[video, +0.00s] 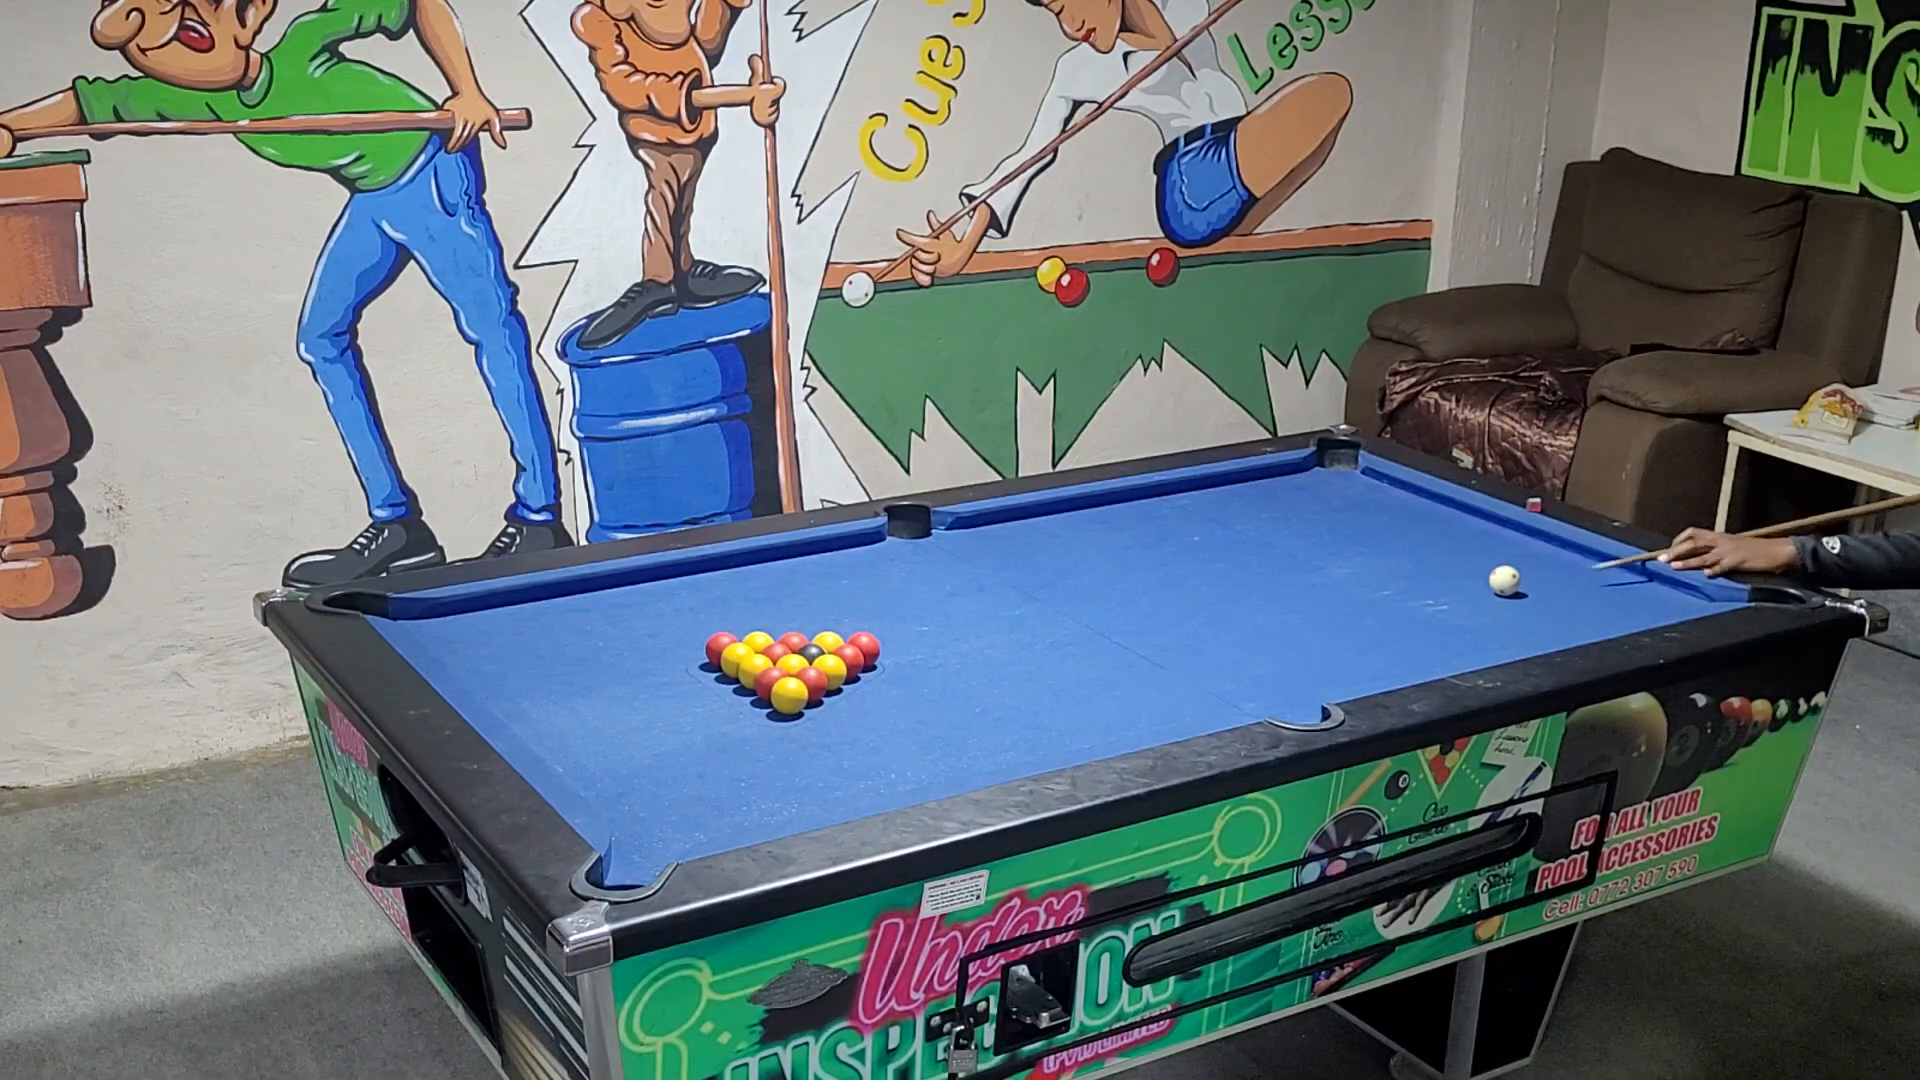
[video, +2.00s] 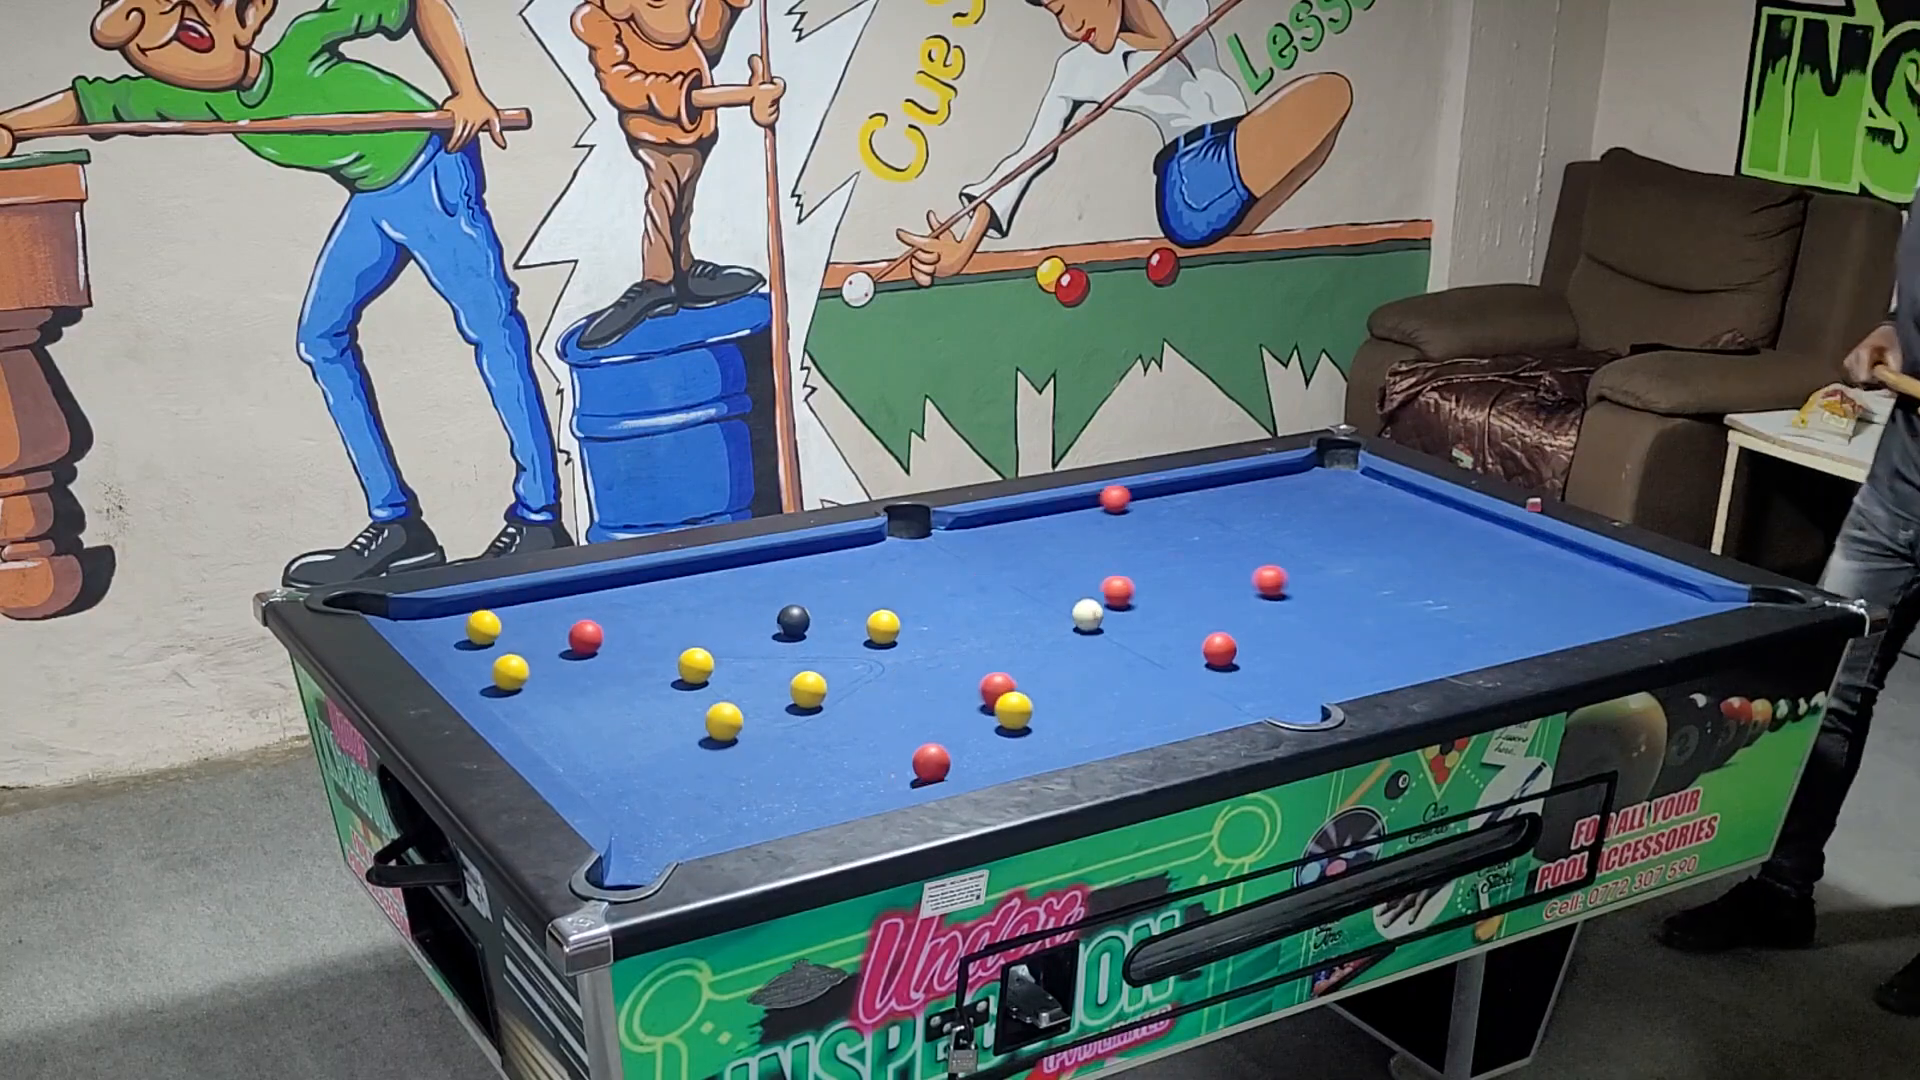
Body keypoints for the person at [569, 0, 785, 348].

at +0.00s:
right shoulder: (597, 19)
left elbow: (707, 46)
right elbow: (625, 88)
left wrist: (731, 5)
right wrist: (746, 95)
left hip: (694, 88)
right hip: (645, 103)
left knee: (688, 173)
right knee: (666, 173)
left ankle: (682, 268)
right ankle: (657, 280)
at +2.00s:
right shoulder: (596, 19)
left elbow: (707, 48)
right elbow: (625, 88)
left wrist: (730, 6)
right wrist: (746, 94)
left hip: (695, 88)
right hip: (644, 103)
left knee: (688, 174)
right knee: (665, 173)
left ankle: (682, 269)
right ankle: (656, 282)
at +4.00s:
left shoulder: (697, 6)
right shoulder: (596, 18)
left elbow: (707, 47)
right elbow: (625, 87)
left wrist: (730, 6)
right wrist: (746, 95)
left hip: (695, 87)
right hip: (644, 103)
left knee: (687, 175)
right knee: (665, 175)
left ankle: (682, 268)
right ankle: (657, 281)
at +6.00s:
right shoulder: (596, 18)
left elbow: (707, 47)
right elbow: (625, 88)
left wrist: (729, 6)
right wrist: (746, 94)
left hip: (695, 87)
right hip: (644, 104)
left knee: (688, 174)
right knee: (665, 174)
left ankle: (682, 268)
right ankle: (657, 281)